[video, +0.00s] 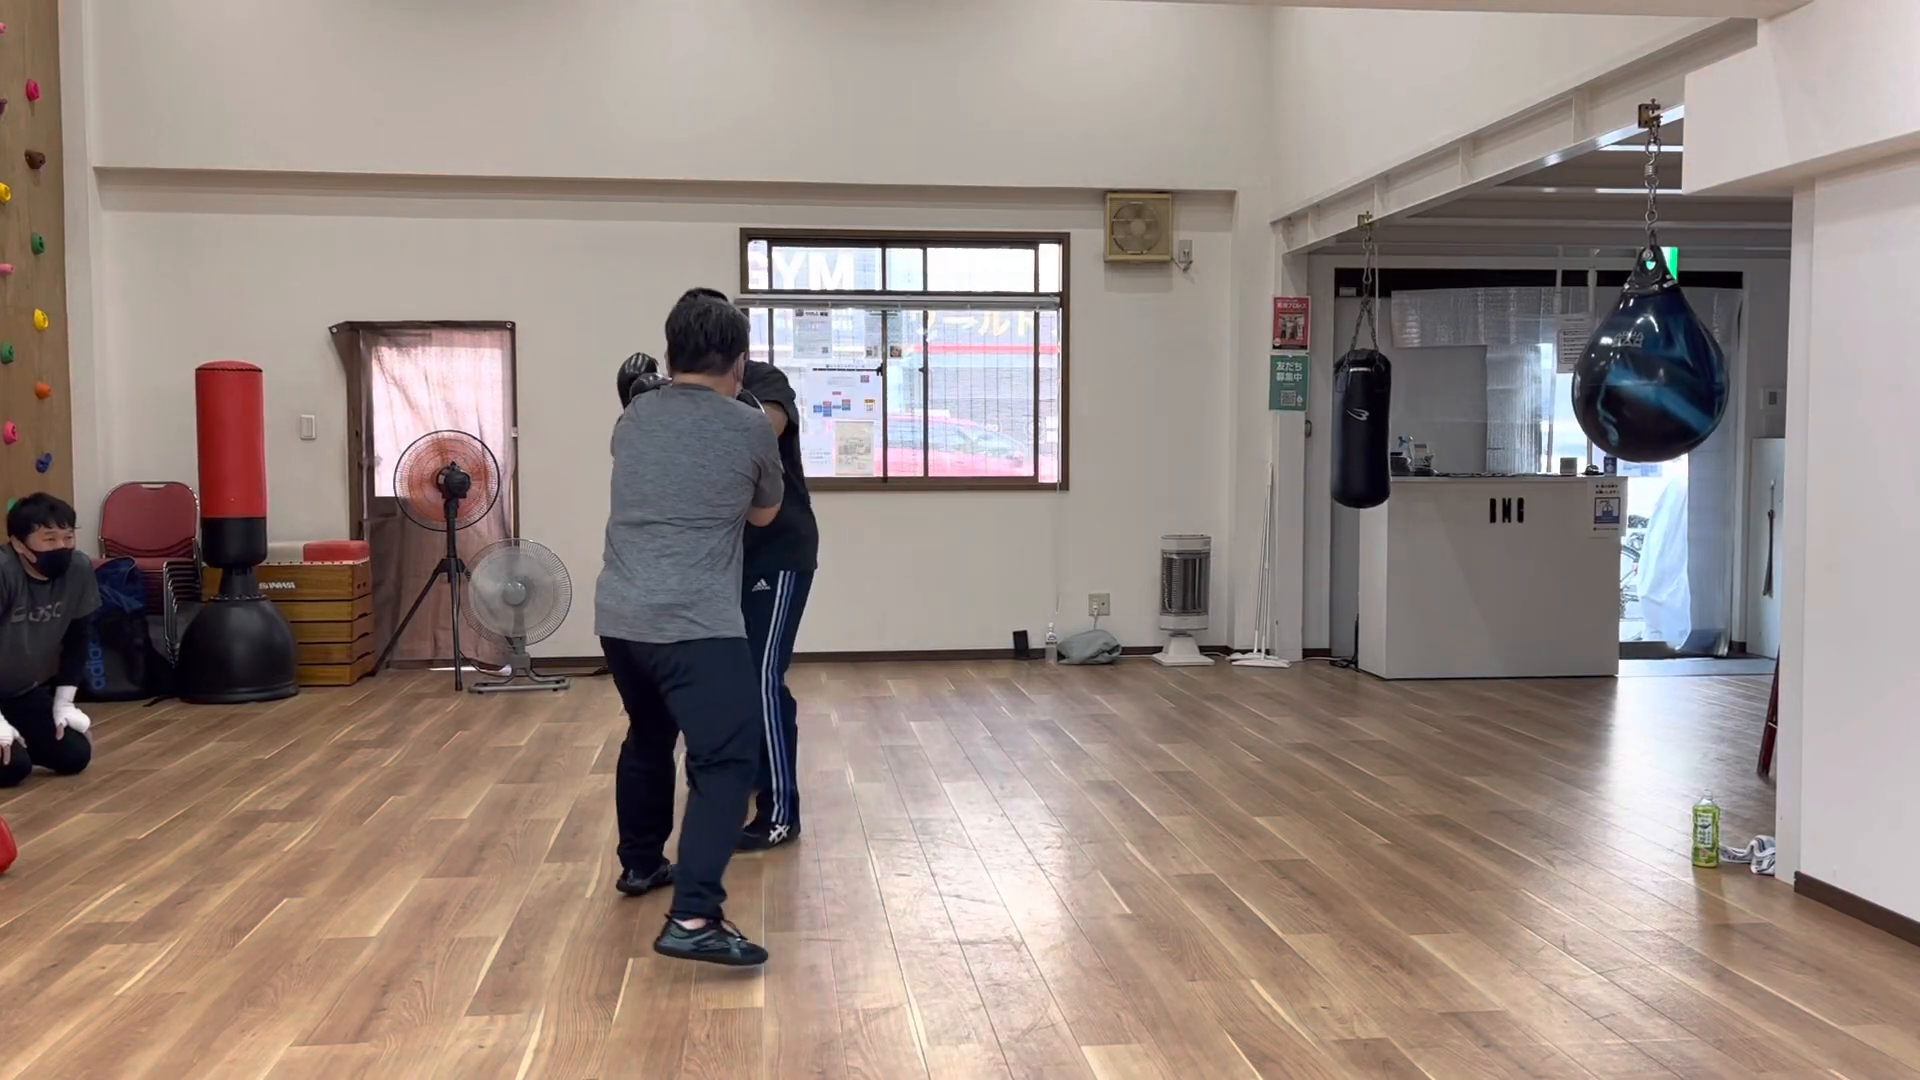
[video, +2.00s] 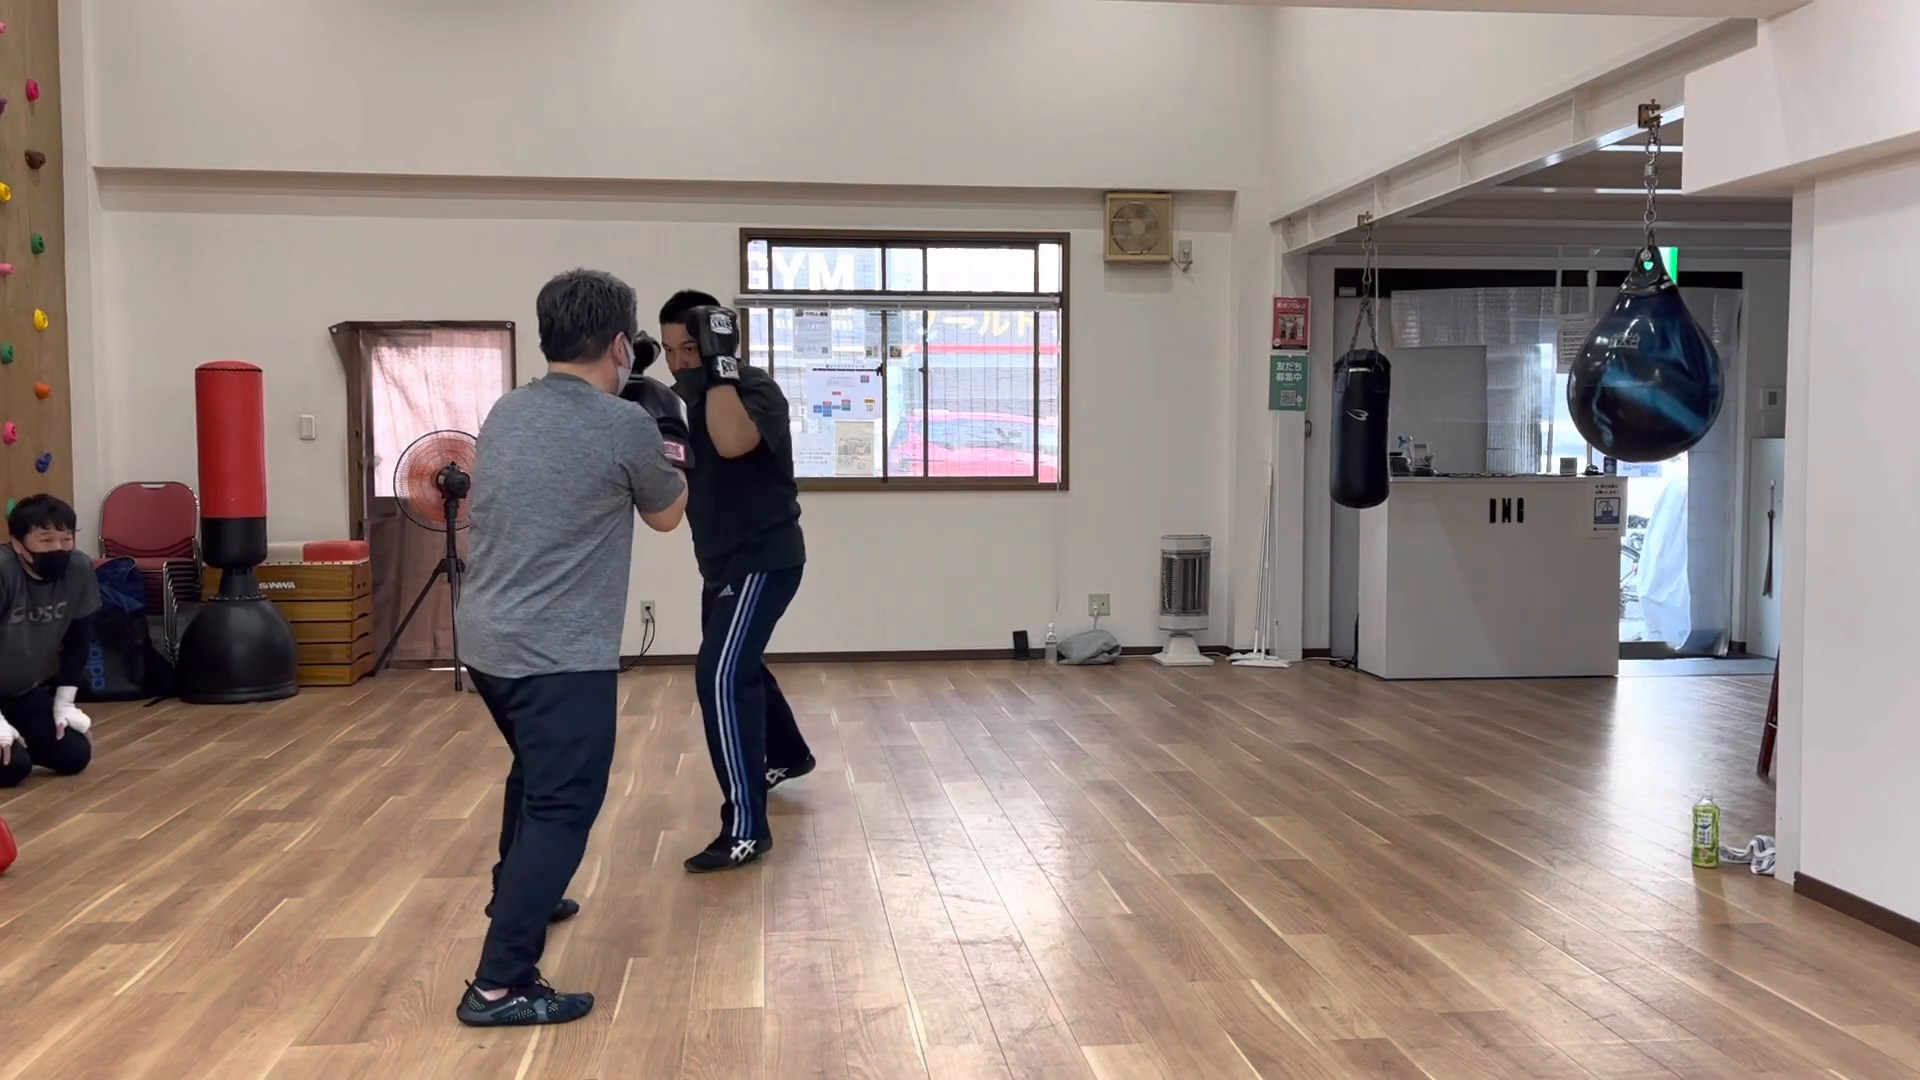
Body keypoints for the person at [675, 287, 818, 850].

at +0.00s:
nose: (699, 345)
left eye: (706, 334)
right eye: (697, 335)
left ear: (730, 335)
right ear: (709, 340)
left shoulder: (764, 381)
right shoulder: (701, 393)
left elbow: (764, 432)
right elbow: (682, 448)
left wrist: (702, 417)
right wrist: (645, 404)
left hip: (781, 549)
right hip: (735, 548)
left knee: (763, 676)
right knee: (743, 676)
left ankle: (779, 815)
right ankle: (754, 800)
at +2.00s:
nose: (675, 359)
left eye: (683, 347)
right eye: (668, 349)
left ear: (714, 341)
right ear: (668, 351)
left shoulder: (757, 390)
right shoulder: (690, 398)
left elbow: (732, 441)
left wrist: (715, 367)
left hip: (763, 560)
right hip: (723, 561)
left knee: (721, 680)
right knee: (735, 663)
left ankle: (744, 831)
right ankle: (787, 752)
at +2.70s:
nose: (646, 379)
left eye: (652, 363)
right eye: (637, 370)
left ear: (684, 350)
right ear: (632, 373)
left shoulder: (728, 396)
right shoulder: (676, 418)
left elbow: (770, 456)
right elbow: (670, 500)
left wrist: (696, 469)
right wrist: (648, 472)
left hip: (772, 563)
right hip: (746, 566)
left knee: (718, 687)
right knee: (761, 679)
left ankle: (730, 846)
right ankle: (791, 785)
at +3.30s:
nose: (644, 366)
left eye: (652, 353)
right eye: (636, 359)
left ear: (687, 346)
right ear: (633, 364)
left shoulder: (722, 384)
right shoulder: (670, 418)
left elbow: (773, 418)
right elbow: (669, 503)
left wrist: (694, 411)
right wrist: (630, 448)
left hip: (777, 555)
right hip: (745, 562)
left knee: (736, 680)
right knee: (756, 673)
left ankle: (731, 842)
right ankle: (792, 783)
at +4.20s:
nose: (618, 345)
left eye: (629, 331)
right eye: (610, 334)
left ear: (666, 327)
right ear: (608, 334)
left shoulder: (691, 379)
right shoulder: (639, 396)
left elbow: (679, 425)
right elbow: (597, 460)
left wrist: (595, 400)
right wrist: (580, 389)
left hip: (704, 564)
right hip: (676, 566)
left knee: (648, 692)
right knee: (687, 674)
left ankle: (656, 854)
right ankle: (760, 767)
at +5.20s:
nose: (599, 334)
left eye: (608, 320)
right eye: (595, 323)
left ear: (651, 316)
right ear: (633, 324)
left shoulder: (670, 369)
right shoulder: (645, 377)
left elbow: (644, 429)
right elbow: (604, 451)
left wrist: (563, 390)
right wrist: (581, 382)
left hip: (686, 567)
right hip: (705, 562)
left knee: (633, 699)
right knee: (709, 686)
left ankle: (652, 862)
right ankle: (750, 803)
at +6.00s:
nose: (613, 320)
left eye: (624, 306)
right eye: (603, 310)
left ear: (658, 303)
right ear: (594, 314)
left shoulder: (687, 356)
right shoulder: (610, 394)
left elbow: (699, 393)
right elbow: (582, 473)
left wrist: (620, 333)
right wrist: (555, 398)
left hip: (687, 574)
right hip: (641, 578)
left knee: (641, 719)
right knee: (671, 706)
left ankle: (654, 895)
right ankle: (750, 813)